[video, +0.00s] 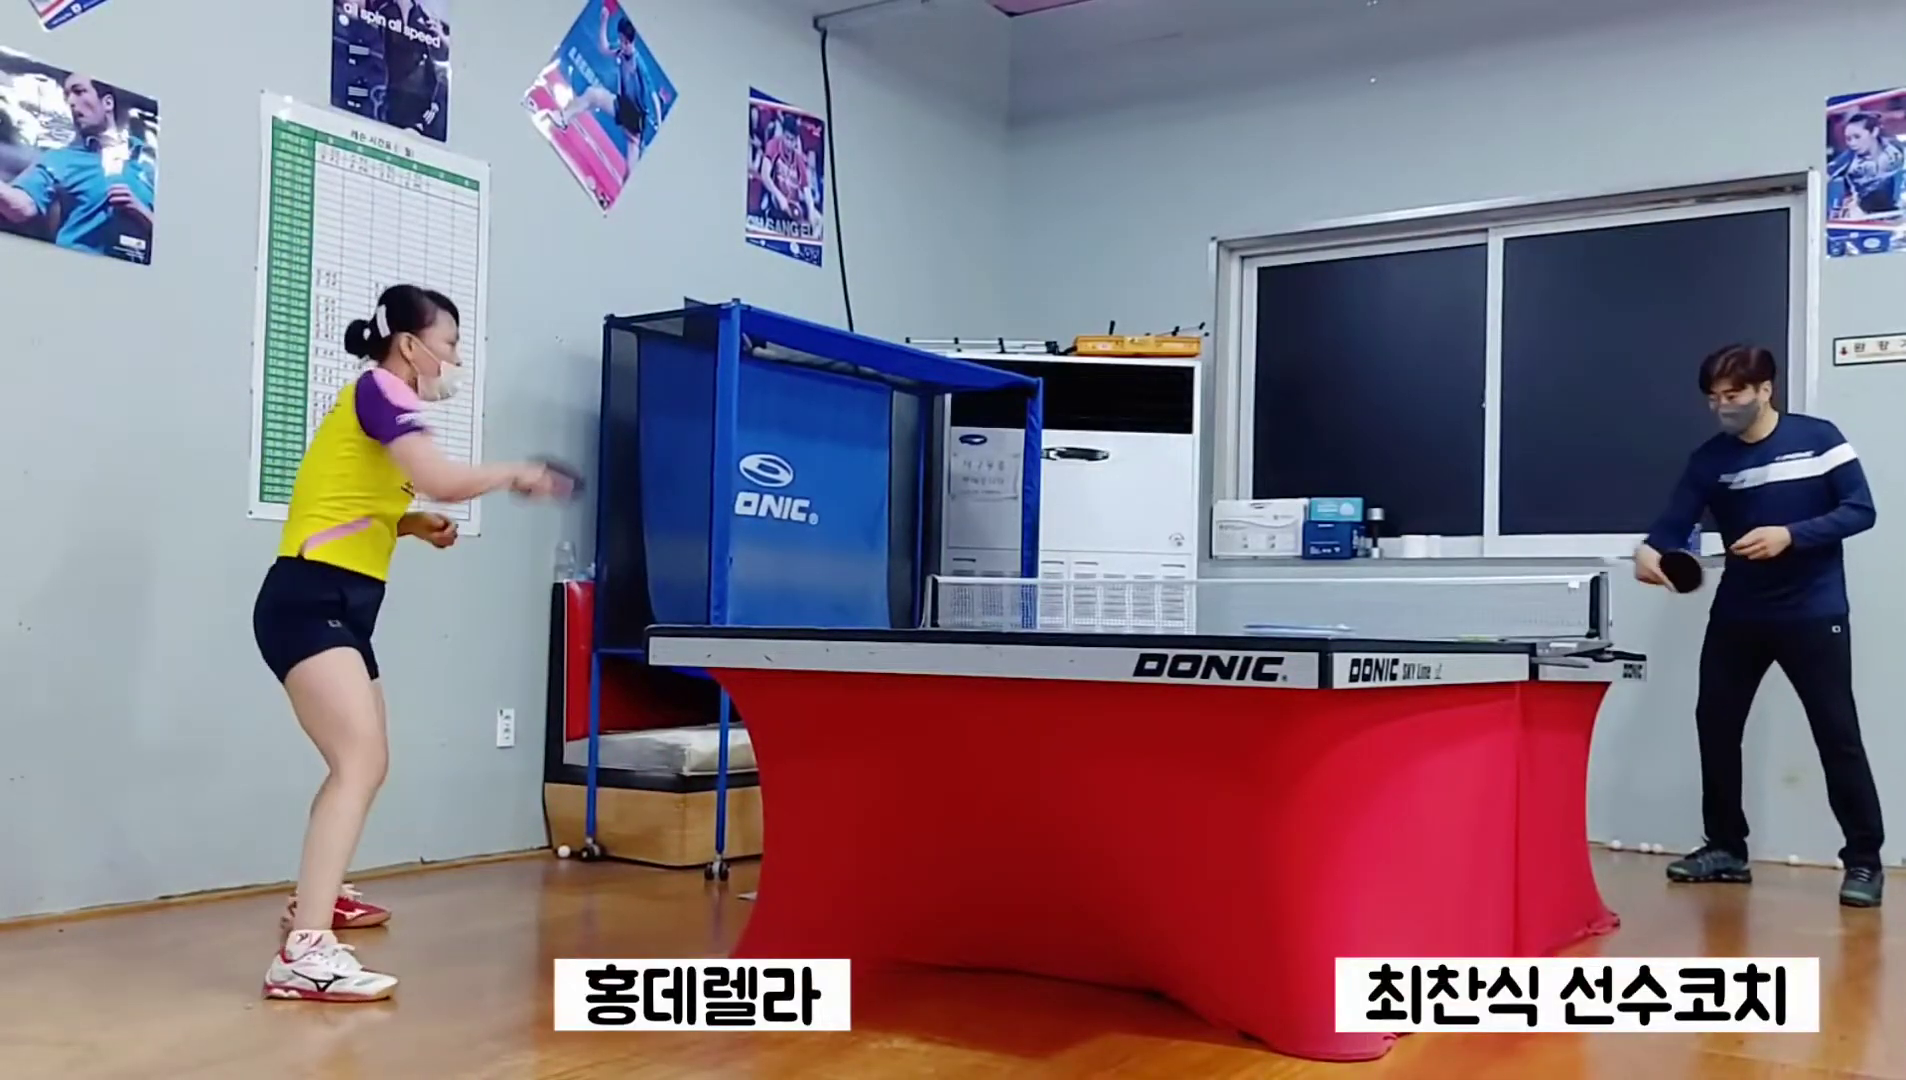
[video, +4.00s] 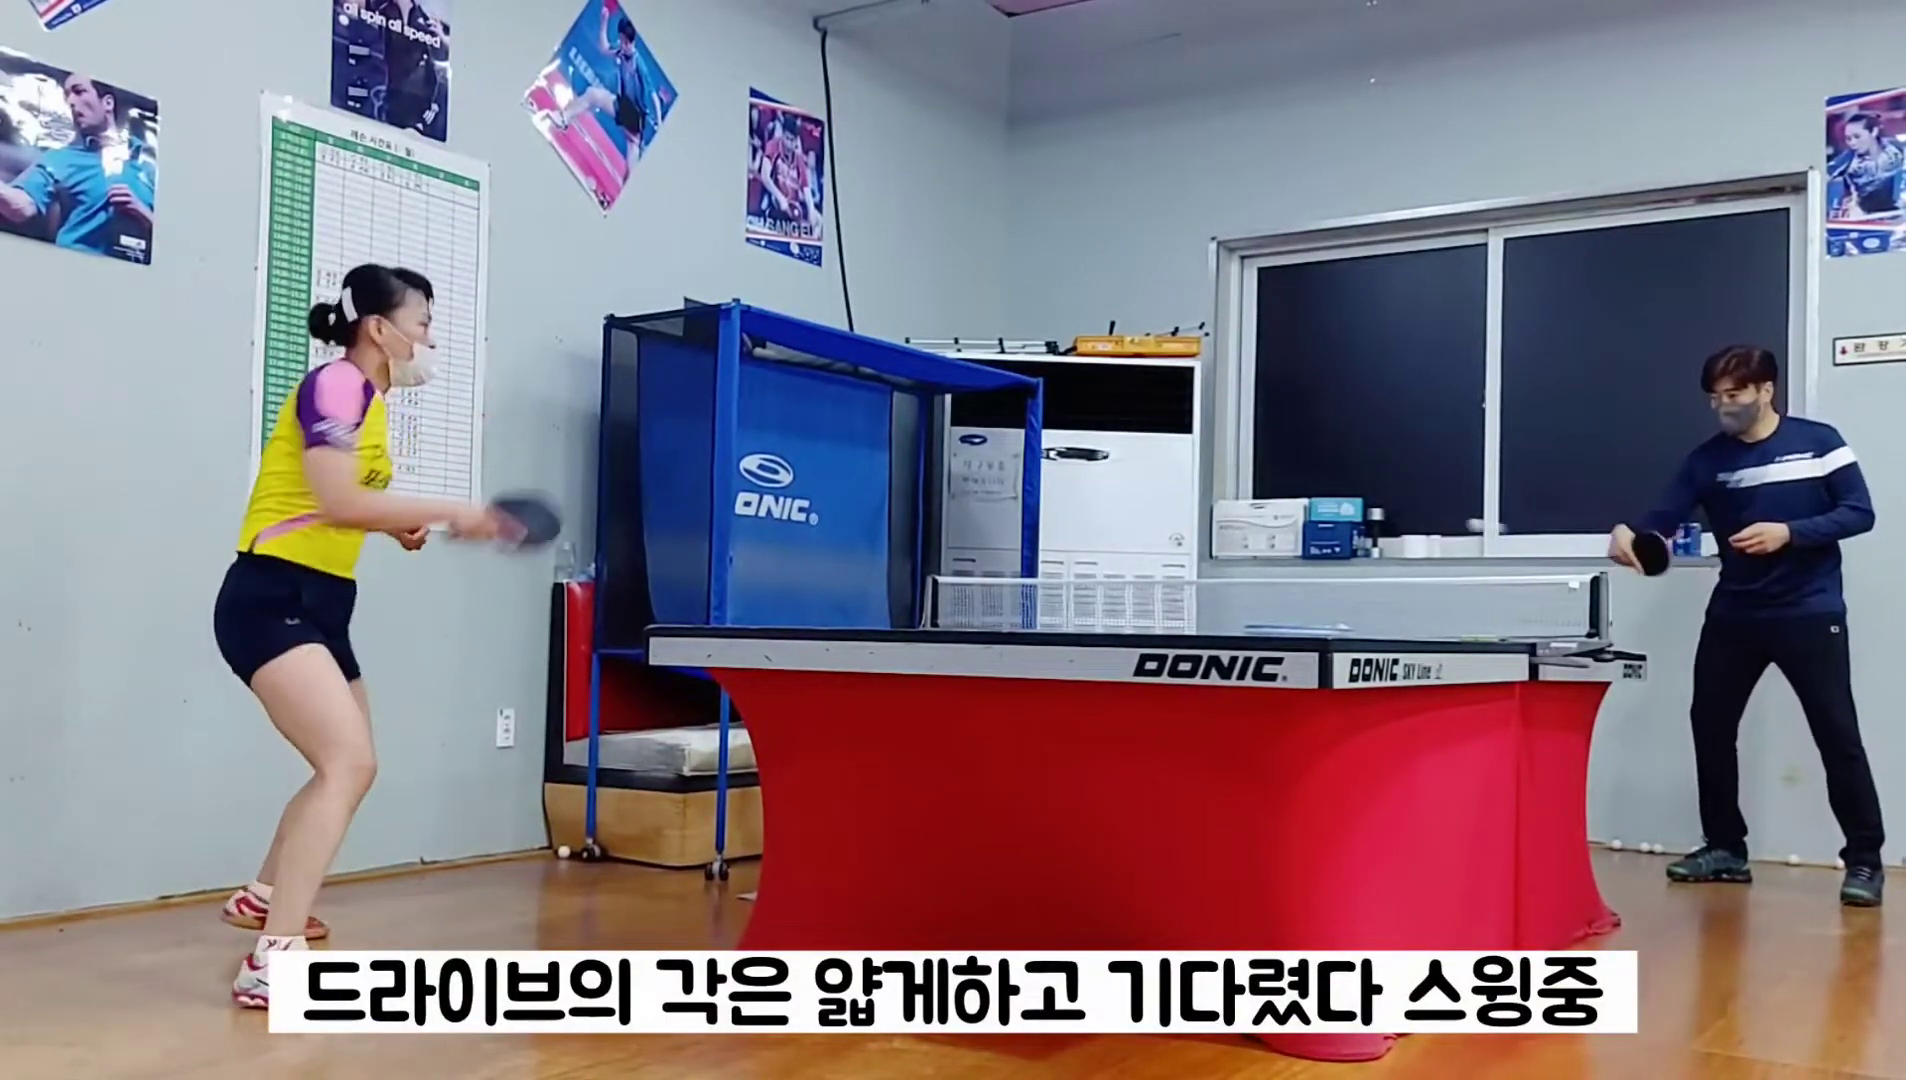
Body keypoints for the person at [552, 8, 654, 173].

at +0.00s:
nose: (622, 43)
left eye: (624, 40)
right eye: (621, 39)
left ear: (629, 41)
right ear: (620, 38)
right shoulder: (621, 53)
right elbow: (604, 50)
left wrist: (629, 54)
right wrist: (603, 23)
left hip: (628, 108)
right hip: (636, 115)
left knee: (593, 94)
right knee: (632, 161)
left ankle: (563, 117)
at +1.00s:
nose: (621, 42)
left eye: (624, 39)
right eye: (621, 39)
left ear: (628, 40)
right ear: (619, 38)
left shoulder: (632, 58)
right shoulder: (621, 53)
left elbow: (631, 55)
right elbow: (604, 50)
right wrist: (603, 23)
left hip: (629, 108)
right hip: (636, 114)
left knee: (592, 94)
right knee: (633, 146)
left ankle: (563, 118)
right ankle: (630, 182)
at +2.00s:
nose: (622, 43)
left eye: (624, 40)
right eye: (621, 39)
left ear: (629, 41)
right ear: (620, 38)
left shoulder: (633, 57)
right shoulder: (621, 53)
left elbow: (631, 55)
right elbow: (603, 50)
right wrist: (603, 23)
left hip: (629, 109)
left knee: (592, 94)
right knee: (633, 146)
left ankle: (563, 118)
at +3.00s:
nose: (621, 42)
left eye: (624, 40)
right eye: (621, 39)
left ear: (628, 40)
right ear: (619, 38)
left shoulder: (631, 57)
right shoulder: (621, 53)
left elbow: (630, 55)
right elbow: (604, 50)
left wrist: (628, 50)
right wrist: (604, 22)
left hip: (628, 107)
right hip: (636, 114)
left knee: (592, 94)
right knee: (633, 144)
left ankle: (562, 118)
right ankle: (629, 179)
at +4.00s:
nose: (622, 42)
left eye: (624, 39)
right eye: (621, 39)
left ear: (628, 40)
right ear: (622, 39)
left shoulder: (631, 56)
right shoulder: (622, 53)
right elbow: (603, 49)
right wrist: (604, 22)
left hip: (628, 109)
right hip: (636, 116)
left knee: (593, 95)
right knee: (632, 161)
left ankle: (564, 118)